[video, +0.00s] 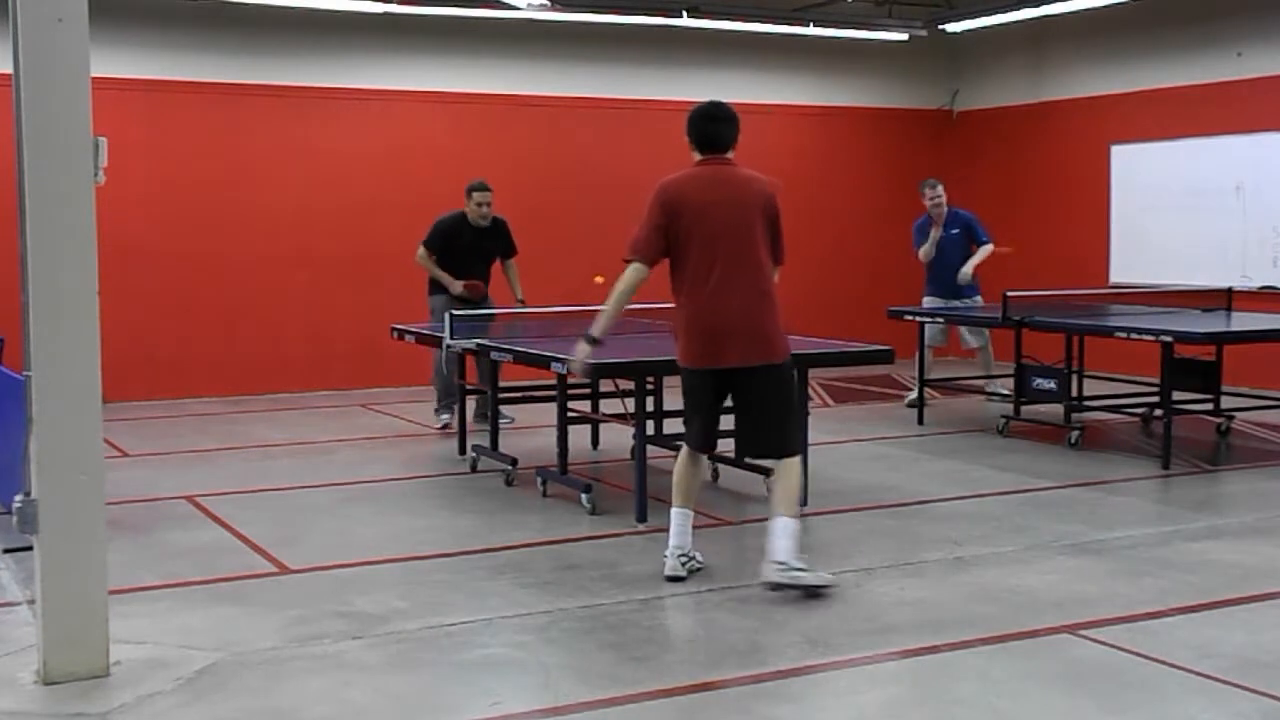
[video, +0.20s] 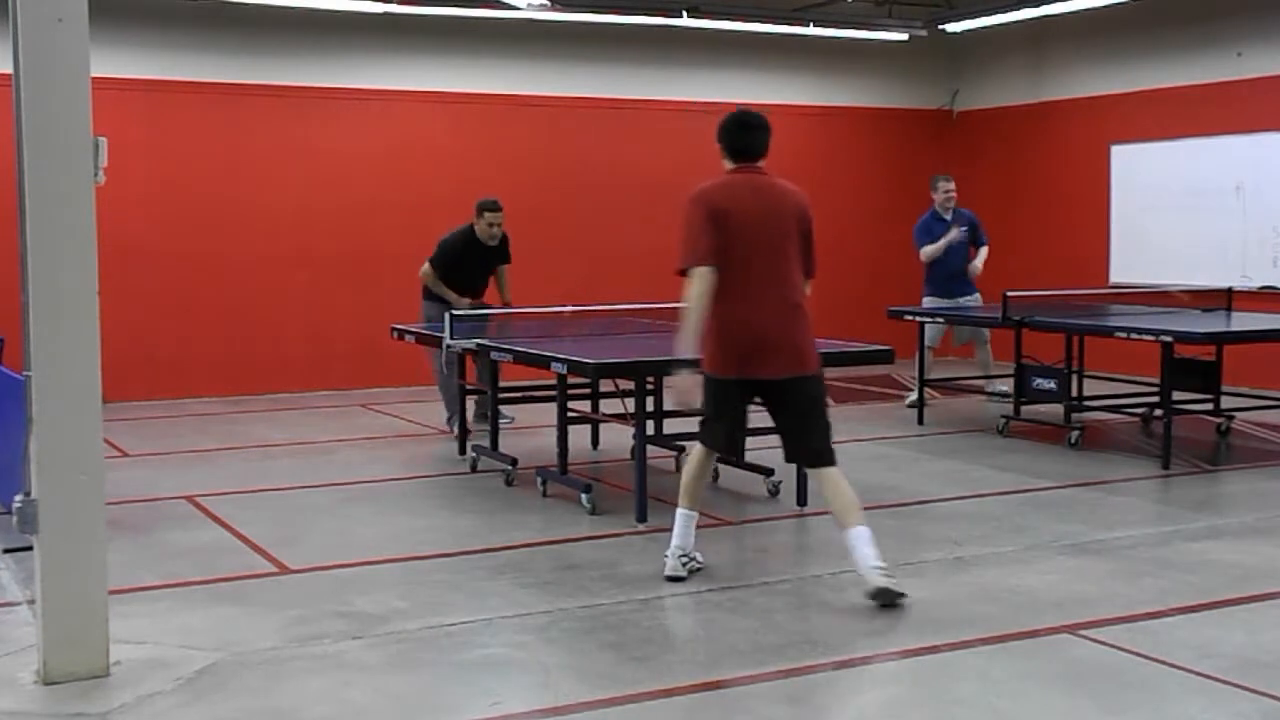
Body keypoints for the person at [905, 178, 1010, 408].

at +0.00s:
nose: (936, 202)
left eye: (939, 197)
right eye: (931, 199)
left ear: (945, 196)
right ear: (924, 202)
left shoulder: (964, 219)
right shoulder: (921, 226)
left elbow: (987, 245)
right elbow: (923, 257)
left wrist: (970, 265)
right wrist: (933, 238)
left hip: (967, 293)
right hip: (936, 294)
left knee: (982, 341)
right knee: (926, 343)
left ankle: (991, 383)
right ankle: (920, 388)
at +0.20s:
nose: (952, 196)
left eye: (954, 192)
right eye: (946, 192)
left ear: (957, 193)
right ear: (934, 195)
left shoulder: (967, 218)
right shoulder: (925, 225)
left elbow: (983, 245)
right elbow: (925, 255)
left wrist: (978, 262)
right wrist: (948, 239)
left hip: (966, 292)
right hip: (936, 294)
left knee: (982, 338)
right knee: (927, 344)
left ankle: (990, 383)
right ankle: (920, 389)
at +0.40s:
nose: (969, 198)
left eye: (971, 194)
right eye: (964, 194)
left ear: (974, 196)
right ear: (952, 196)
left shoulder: (977, 222)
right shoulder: (939, 226)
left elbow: (986, 249)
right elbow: (932, 257)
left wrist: (992, 268)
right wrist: (956, 258)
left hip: (973, 294)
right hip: (943, 297)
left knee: (987, 340)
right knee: (930, 346)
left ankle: (992, 384)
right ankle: (920, 389)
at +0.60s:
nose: (975, 197)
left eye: (977, 193)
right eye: (970, 193)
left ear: (980, 195)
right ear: (957, 196)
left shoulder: (986, 223)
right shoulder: (944, 224)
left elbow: (996, 250)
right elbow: (932, 252)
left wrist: (1001, 267)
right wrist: (948, 259)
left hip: (980, 295)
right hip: (949, 297)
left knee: (994, 342)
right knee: (935, 346)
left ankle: (993, 385)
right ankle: (918, 389)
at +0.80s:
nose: (965, 202)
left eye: (968, 198)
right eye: (960, 199)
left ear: (972, 198)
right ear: (949, 202)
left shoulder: (985, 224)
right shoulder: (941, 228)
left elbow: (1005, 251)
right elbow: (931, 256)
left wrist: (998, 269)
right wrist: (938, 280)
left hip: (981, 299)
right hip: (949, 299)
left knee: (995, 343)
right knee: (935, 344)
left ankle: (994, 385)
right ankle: (931, 384)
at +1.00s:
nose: (952, 211)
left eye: (955, 206)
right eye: (947, 208)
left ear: (964, 203)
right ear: (942, 209)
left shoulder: (982, 226)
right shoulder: (942, 232)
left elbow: (1009, 251)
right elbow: (935, 261)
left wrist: (993, 271)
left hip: (984, 301)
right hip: (954, 301)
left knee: (999, 346)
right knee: (943, 345)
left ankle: (1010, 385)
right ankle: (936, 388)